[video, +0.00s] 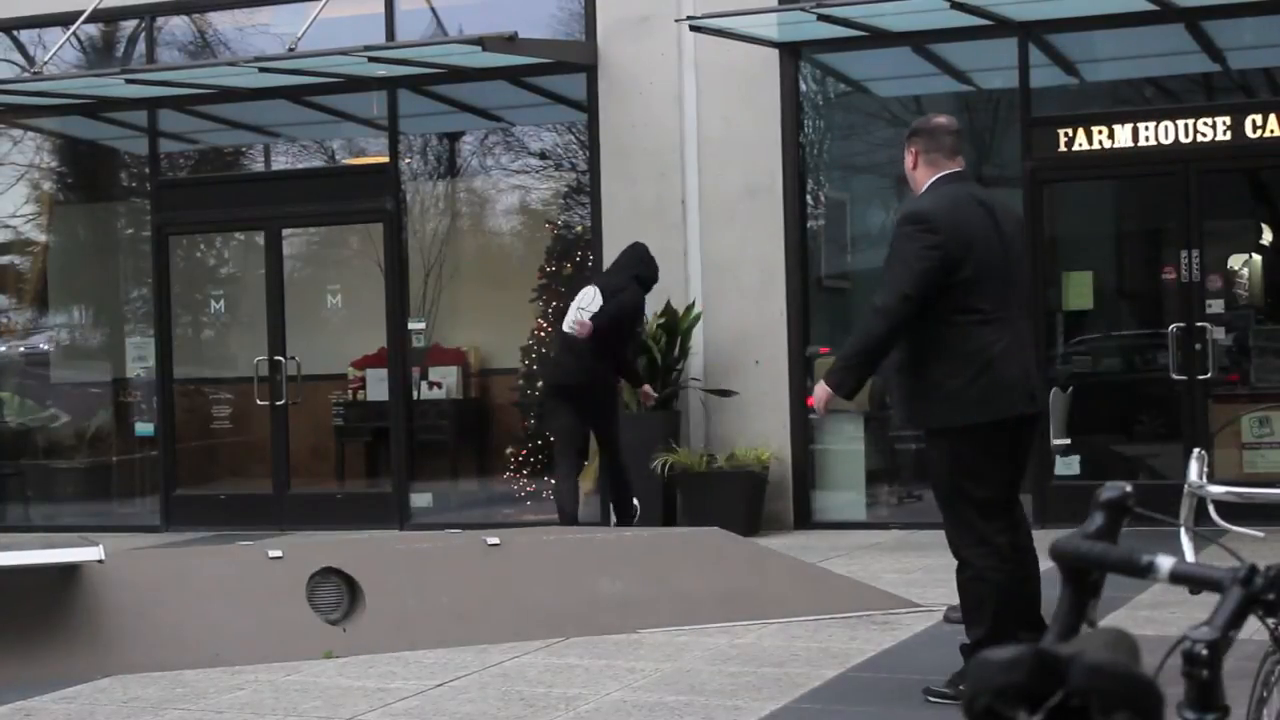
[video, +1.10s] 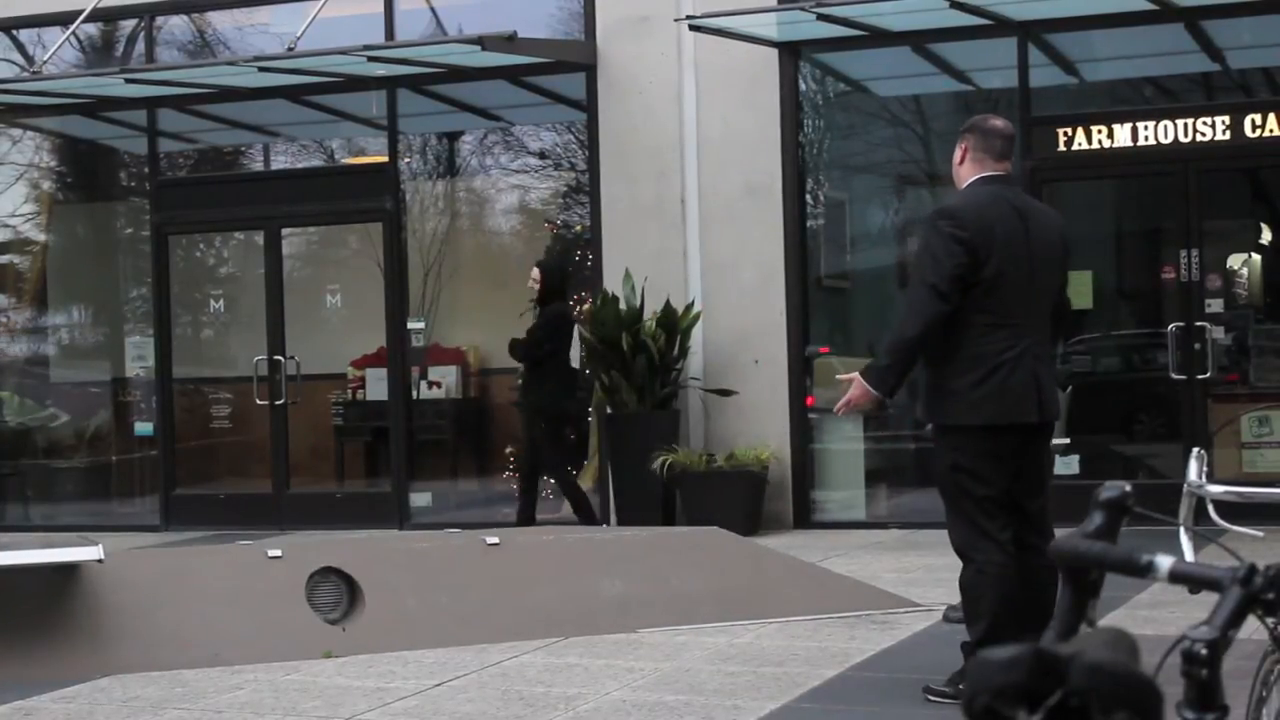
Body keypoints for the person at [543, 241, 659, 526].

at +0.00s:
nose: (649, 285)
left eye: (651, 280)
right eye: (649, 279)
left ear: (622, 264)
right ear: (643, 272)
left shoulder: (595, 285)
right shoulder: (631, 293)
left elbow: (614, 347)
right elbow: (615, 316)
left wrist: (638, 383)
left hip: (563, 378)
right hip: (596, 381)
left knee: (568, 454)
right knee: (611, 450)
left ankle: (568, 525)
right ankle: (625, 515)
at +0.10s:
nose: (640, 294)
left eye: (640, 289)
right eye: (639, 288)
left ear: (606, 279)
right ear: (631, 285)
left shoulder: (587, 307)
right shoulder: (626, 309)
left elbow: (619, 357)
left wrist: (649, 378)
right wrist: (587, 326)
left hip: (578, 391)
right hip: (612, 394)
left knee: (573, 452)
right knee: (614, 459)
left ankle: (562, 498)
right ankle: (621, 520)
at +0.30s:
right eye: (611, 276)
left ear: (579, 279)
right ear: (610, 277)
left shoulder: (567, 307)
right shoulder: (621, 304)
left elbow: (554, 349)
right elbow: (643, 344)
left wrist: (567, 376)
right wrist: (655, 366)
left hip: (578, 394)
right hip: (617, 394)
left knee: (584, 454)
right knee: (621, 456)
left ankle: (573, 515)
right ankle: (621, 518)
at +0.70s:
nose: (550, 302)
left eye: (552, 297)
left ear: (556, 299)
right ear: (586, 296)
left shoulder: (555, 329)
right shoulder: (605, 326)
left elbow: (540, 371)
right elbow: (621, 366)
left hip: (568, 408)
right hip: (602, 405)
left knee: (573, 468)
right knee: (601, 461)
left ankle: (592, 523)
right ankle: (620, 501)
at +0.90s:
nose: (539, 281)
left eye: (542, 275)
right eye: (539, 275)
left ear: (551, 278)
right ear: (573, 275)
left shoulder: (552, 308)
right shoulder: (589, 307)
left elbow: (531, 340)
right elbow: (603, 349)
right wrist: (589, 369)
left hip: (557, 388)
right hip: (582, 386)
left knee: (565, 451)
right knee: (550, 445)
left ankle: (591, 515)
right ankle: (559, 505)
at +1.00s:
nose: (535, 282)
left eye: (538, 277)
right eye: (536, 276)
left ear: (549, 281)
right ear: (566, 280)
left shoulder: (550, 312)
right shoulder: (575, 311)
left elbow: (522, 338)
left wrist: (538, 316)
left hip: (555, 396)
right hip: (572, 392)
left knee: (564, 461)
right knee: (541, 457)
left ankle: (593, 520)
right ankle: (529, 514)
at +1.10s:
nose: (531, 284)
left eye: (535, 280)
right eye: (531, 279)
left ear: (549, 282)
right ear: (552, 283)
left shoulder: (553, 313)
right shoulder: (554, 311)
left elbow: (531, 352)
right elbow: (540, 349)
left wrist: (514, 344)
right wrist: (524, 344)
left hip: (546, 400)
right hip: (542, 399)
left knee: (554, 466)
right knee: (531, 466)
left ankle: (593, 526)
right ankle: (524, 527)